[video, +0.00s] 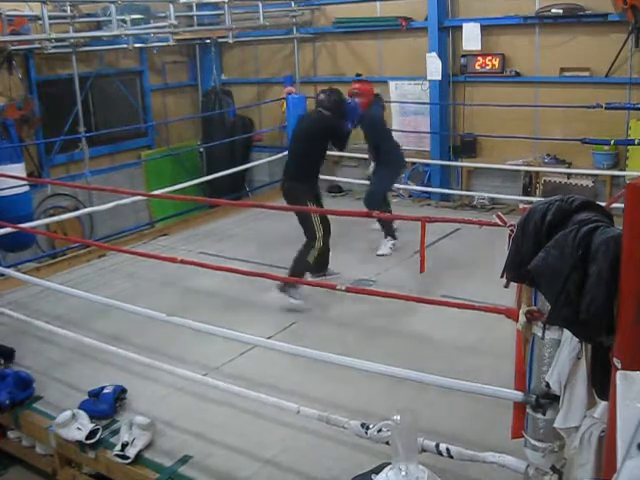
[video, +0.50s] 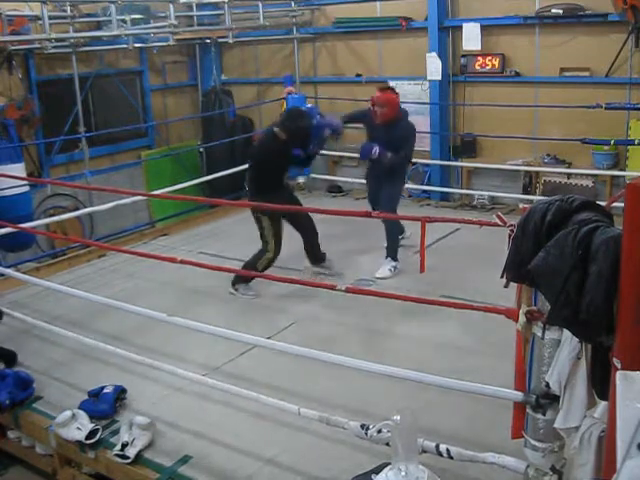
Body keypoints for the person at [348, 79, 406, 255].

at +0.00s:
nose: (354, 101)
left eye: (357, 97)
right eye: (353, 97)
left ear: (366, 98)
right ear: (367, 99)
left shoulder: (370, 117)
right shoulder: (369, 112)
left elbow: (376, 143)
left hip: (391, 159)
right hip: (385, 157)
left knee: (373, 199)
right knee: (378, 194)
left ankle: (390, 236)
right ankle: (386, 220)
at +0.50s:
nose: (376, 111)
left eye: (381, 108)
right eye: (375, 107)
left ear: (392, 109)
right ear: (373, 106)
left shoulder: (406, 128)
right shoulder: (371, 116)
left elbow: (403, 160)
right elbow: (349, 117)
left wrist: (380, 154)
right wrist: (337, 124)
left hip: (395, 173)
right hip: (375, 169)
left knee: (387, 211)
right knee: (376, 205)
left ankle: (392, 260)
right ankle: (399, 229)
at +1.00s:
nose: (394, 104)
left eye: (397, 100)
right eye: (392, 100)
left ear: (407, 99)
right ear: (393, 100)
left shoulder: (417, 118)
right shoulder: (398, 115)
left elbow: (403, 143)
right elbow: (382, 138)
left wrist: (390, 124)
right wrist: (374, 118)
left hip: (425, 173)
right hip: (417, 172)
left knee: (396, 216)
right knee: (421, 211)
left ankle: (398, 266)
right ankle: (458, 236)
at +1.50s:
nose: (446, 107)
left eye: (449, 103)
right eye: (445, 103)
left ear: (461, 102)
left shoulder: (476, 121)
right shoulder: (462, 115)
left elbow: (479, 153)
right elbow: (448, 125)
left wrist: (457, 149)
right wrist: (435, 120)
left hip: (489, 170)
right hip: (488, 167)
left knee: (464, 213)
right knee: (490, 210)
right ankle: (513, 252)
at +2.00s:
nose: (496, 121)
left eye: (498, 117)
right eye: (496, 117)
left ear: (506, 117)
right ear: (512, 114)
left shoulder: (518, 133)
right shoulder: (521, 122)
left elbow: (500, 156)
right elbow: (501, 141)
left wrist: (485, 138)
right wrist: (487, 133)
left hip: (529, 185)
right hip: (534, 181)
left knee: (496, 211)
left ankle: (498, 265)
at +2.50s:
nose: (489, 112)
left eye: (491, 108)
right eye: (490, 107)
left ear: (496, 109)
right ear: (515, 104)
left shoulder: (497, 132)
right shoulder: (530, 119)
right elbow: (541, 121)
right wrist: (521, 107)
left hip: (512, 189)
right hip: (538, 186)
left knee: (488, 225)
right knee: (539, 225)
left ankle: (496, 273)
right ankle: (542, 274)